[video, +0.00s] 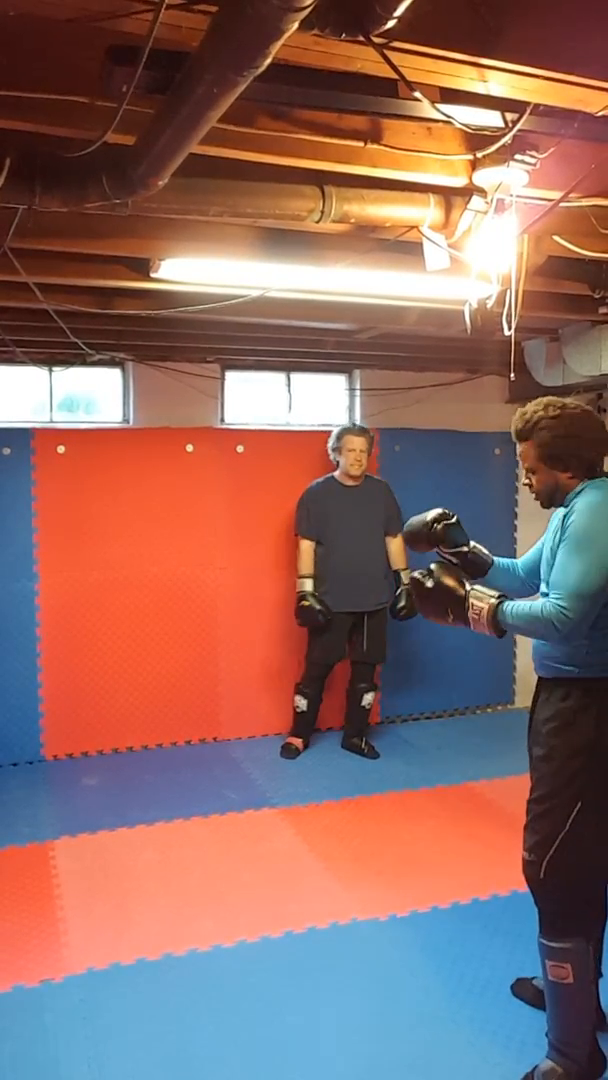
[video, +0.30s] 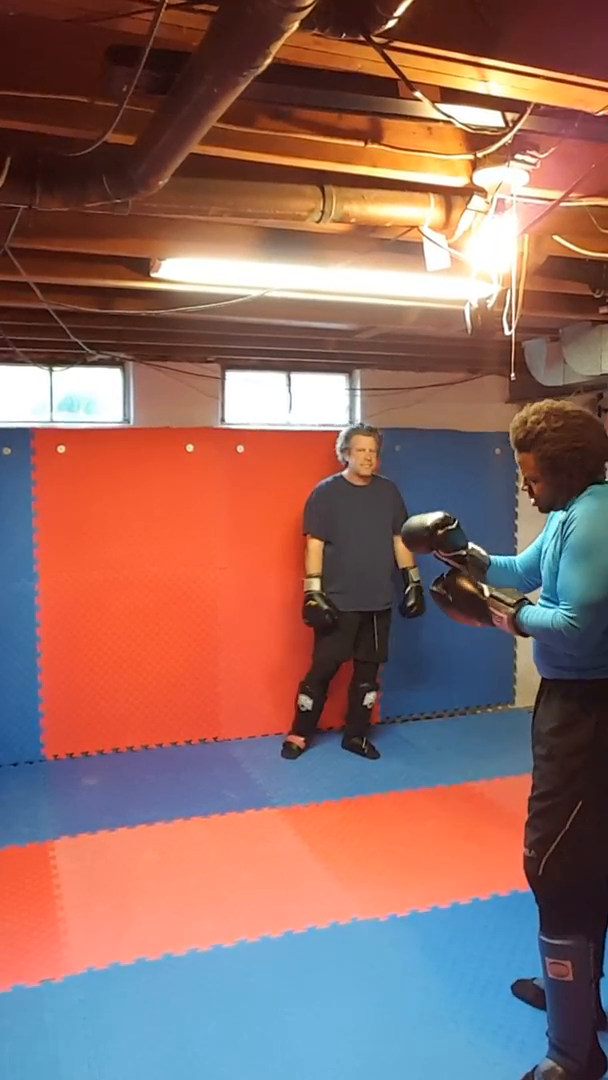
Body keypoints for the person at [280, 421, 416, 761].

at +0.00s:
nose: (358, 457)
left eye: (363, 452)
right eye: (351, 451)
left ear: (370, 455)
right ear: (336, 454)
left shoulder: (381, 491)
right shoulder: (316, 495)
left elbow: (394, 539)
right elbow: (307, 545)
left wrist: (404, 583)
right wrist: (306, 593)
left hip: (374, 601)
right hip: (331, 601)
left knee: (366, 671)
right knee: (316, 670)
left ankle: (355, 735)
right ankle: (300, 733)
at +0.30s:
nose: (368, 457)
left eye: (373, 452)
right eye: (361, 452)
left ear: (378, 455)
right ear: (345, 454)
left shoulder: (388, 491)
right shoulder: (325, 493)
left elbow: (401, 538)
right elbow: (315, 544)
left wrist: (413, 580)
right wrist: (313, 592)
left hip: (379, 602)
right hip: (338, 601)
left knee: (368, 672)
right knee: (323, 669)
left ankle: (356, 735)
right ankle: (300, 732)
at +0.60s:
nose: (373, 457)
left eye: (378, 451)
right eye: (366, 451)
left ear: (383, 455)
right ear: (350, 453)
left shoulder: (391, 492)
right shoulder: (329, 491)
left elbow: (400, 540)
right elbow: (317, 541)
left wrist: (410, 580)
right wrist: (317, 590)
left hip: (379, 600)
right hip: (340, 599)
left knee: (366, 669)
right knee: (329, 666)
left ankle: (355, 735)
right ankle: (300, 732)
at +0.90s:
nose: (379, 459)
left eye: (384, 453)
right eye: (373, 452)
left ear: (388, 456)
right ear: (356, 453)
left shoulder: (393, 494)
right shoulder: (331, 491)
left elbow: (401, 543)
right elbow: (318, 539)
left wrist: (408, 587)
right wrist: (317, 587)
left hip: (379, 600)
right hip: (340, 598)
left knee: (367, 668)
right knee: (328, 665)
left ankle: (355, 735)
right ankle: (302, 732)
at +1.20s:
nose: (378, 457)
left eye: (383, 452)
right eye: (371, 451)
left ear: (388, 456)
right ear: (355, 453)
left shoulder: (395, 494)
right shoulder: (332, 490)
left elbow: (404, 542)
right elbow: (318, 539)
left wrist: (413, 587)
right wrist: (315, 587)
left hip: (379, 601)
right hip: (338, 599)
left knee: (366, 670)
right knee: (326, 667)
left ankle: (355, 736)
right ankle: (301, 732)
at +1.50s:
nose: (370, 458)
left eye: (376, 452)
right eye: (364, 451)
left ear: (381, 456)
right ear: (349, 453)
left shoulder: (392, 492)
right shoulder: (327, 493)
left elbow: (405, 540)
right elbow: (316, 542)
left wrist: (415, 584)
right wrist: (312, 588)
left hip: (380, 599)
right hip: (340, 598)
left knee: (370, 667)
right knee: (344, 664)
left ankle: (356, 734)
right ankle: (327, 729)